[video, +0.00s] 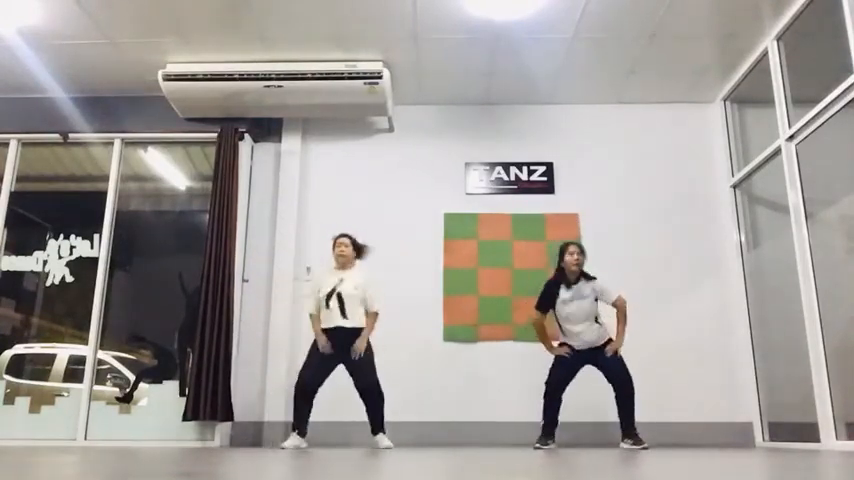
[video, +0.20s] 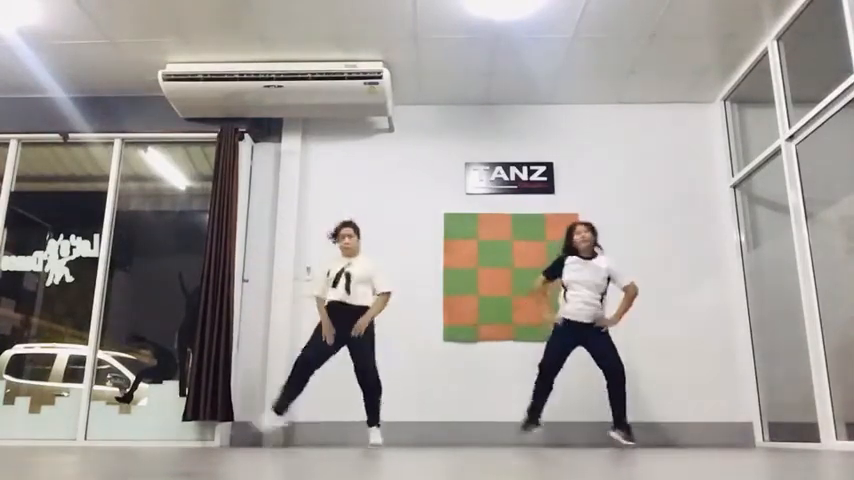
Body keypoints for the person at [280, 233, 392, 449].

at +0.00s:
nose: (340, 249)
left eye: (345, 246)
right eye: (337, 246)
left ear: (354, 252)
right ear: (332, 252)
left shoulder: (363, 278)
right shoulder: (321, 277)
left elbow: (373, 312)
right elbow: (313, 310)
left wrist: (363, 338)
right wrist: (318, 333)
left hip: (356, 337)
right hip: (328, 337)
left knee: (370, 387)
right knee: (305, 384)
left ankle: (379, 433)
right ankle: (299, 434)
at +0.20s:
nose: (346, 241)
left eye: (350, 236)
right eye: (342, 238)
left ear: (358, 240)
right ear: (337, 242)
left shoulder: (368, 265)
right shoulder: (331, 267)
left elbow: (384, 295)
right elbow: (319, 297)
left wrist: (366, 318)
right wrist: (326, 322)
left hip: (360, 320)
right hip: (333, 319)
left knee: (367, 373)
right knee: (306, 361)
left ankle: (374, 426)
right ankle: (278, 411)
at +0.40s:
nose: (346, 245)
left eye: (350, 241)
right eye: (342, 241)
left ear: (359, 244)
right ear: (337, 246)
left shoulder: (369, 269)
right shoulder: (332, 274)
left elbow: (383, 299)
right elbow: (323, 304)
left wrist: (370, 322)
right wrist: (327, 328)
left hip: (361, 328)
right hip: (335, 329)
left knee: (367, 380)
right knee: (303, 364)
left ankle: (371, 432)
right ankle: (268, 411)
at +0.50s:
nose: (343, 238)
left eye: (348, 234)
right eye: (340, 234)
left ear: (357, 238)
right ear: (335, 238)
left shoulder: (364, 264)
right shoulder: (326, 264)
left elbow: (377, 294)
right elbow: (314, 294)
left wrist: (363, 317)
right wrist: (322, 320)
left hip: (357, 319)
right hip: (330, 319)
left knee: (372, 370)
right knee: (308, 368)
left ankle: (381, 425)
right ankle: (297, 425)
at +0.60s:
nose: (341, 241)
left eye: (346, 239)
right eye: (337, 238)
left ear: (353, 245)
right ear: (332, 244)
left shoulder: (361, 271)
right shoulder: (319, 269)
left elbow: (370, 304)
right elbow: (305, 299)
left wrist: (355, 326)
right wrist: (315, 325)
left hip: (351, 325)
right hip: (323, 326)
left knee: (376, 362)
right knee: (311, 378)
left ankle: (402, 402)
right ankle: (311, 433)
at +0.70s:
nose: (343, 241)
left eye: (348, 238)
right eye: (340, 237)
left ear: (354, 244)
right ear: (333, 243)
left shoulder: (362, 270)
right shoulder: (320, 265)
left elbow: (368, 304)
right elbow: (306, 296)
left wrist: (356, 324)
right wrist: (315, 324)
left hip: (351, 328)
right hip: (323, 328)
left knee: (379, 360)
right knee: (309, 379)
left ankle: (408, 396)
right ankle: (310, 433)